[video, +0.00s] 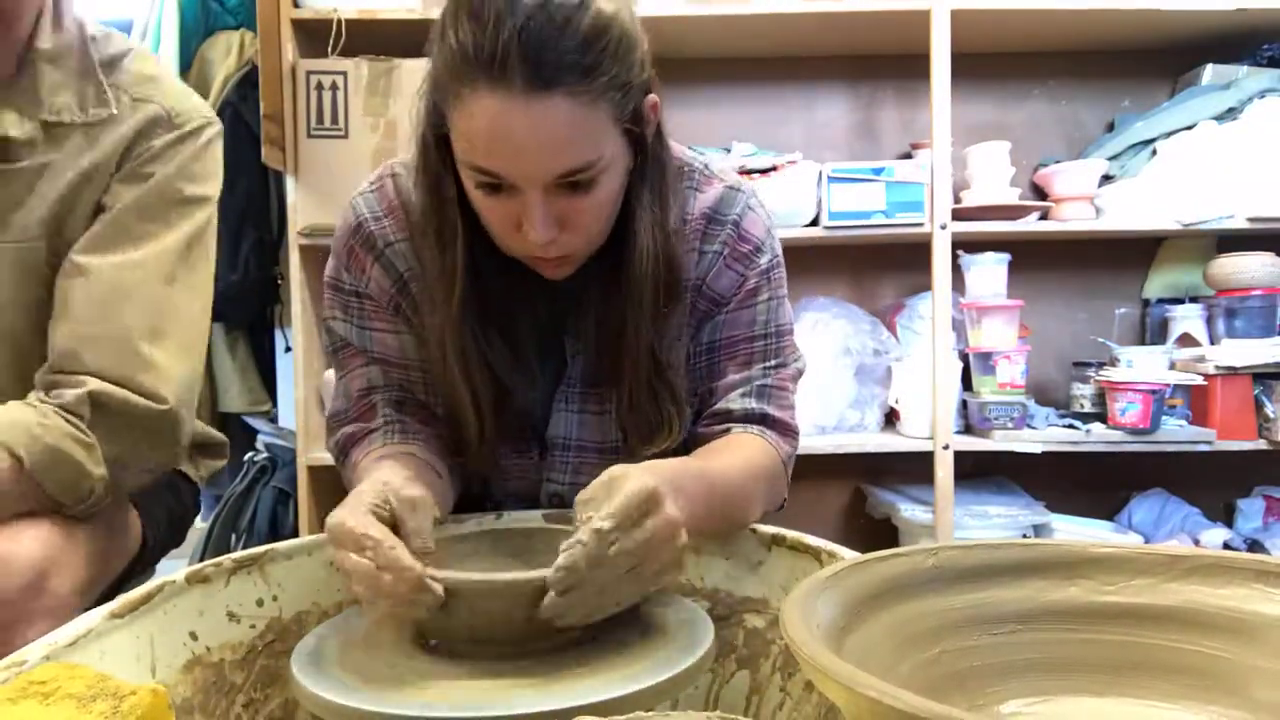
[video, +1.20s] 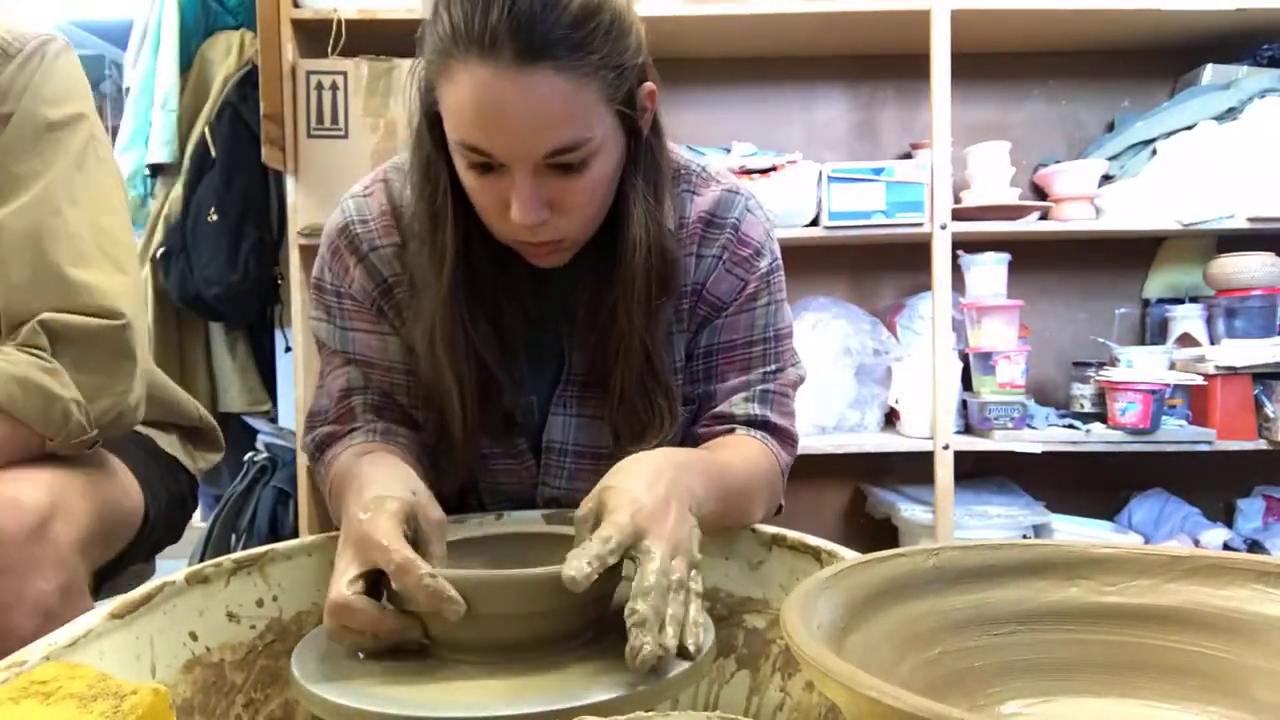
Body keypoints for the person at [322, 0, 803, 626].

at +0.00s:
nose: (538, 230)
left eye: (577, 184)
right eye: (492, 186)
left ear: (643, 124)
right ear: (448, 146)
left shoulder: (723, 229)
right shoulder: (384, 232)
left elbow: (761, 446)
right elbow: (392, 420)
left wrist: (676, 494)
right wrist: (393, 490)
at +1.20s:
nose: (525, 213)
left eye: (567, 165)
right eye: (483, 166)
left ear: (639, 116)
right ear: (441, 130)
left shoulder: (720, 231)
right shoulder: (374, 233)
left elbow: (756, 443)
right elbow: (357, 418)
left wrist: (682, 478)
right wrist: (374, 486)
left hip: (642, 612)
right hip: (445, 613)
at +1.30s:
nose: (490, 103)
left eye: (525, 59)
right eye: (451, 72)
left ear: (597, 53)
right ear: (425, 82)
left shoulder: (701, 218)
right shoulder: (383, 235)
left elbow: (742, 423)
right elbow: (390, 414)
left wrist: (668, 491)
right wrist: (392, 494)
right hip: (460, 612)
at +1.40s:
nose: (496, 99)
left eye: (531, 55)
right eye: (457, 67)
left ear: (603, 51)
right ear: (427, 78)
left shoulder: (705, 221)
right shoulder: (380, 234)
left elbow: (743, 425)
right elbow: (394, 421)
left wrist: (682, 480)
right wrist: (376, 493)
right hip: (458, 609)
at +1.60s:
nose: (432, 221)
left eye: (441, 172)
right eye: (396, 200)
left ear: (511, 108)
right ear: (374, 190)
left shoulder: (682, 220)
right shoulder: (391, 253)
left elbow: (726, 403)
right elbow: (419, 409)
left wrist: (662, 512)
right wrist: (432, 514)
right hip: (485, 584)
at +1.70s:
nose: (463, 205)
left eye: (479, 153)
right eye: (421, 178)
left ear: (548, 98)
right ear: (392, 168)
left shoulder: (695, 217)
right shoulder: (396, 247)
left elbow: (730, 403)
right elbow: (421, 415)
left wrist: (670, 518)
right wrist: (438, 512)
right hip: (488, 591)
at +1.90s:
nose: (547, 168)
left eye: (587, 127)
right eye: (510, 126)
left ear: (648, 106)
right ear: (469, 109)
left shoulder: (723, 227)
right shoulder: (408, 224)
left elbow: (750, 432)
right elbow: (383, 398)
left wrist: (688, 495)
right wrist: (373, 488)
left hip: (653, 585)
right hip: (466, 578)